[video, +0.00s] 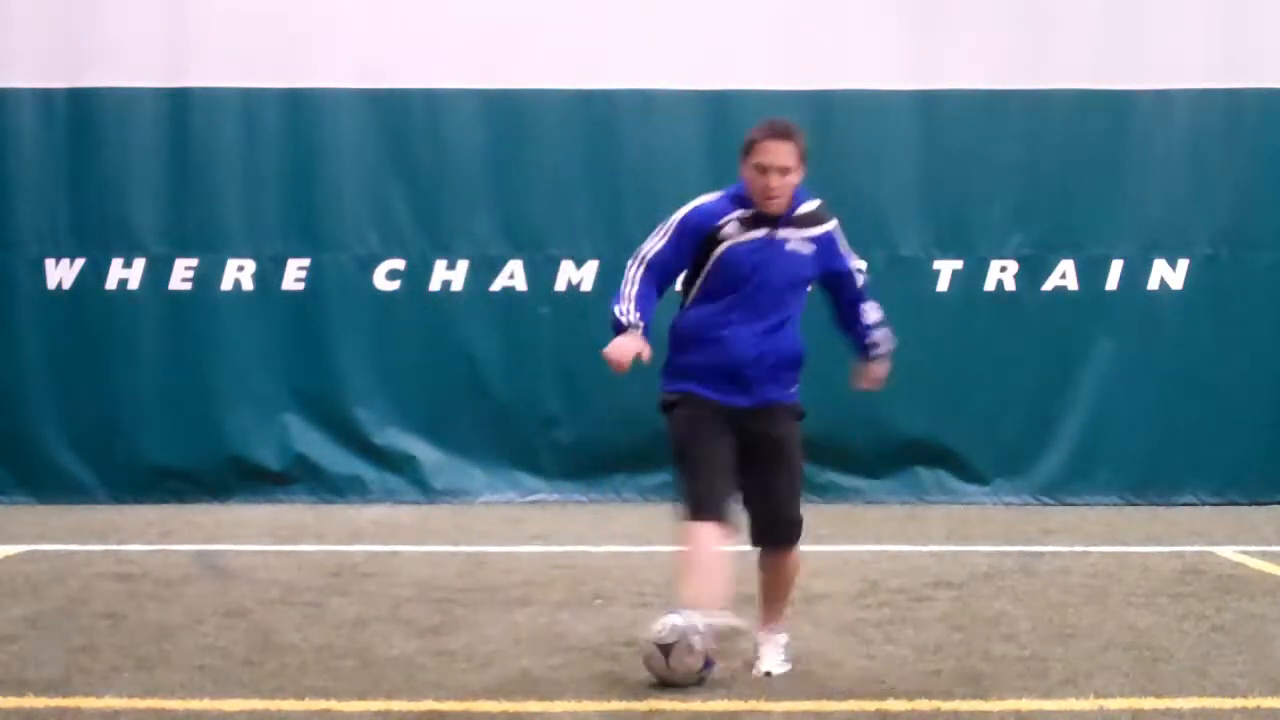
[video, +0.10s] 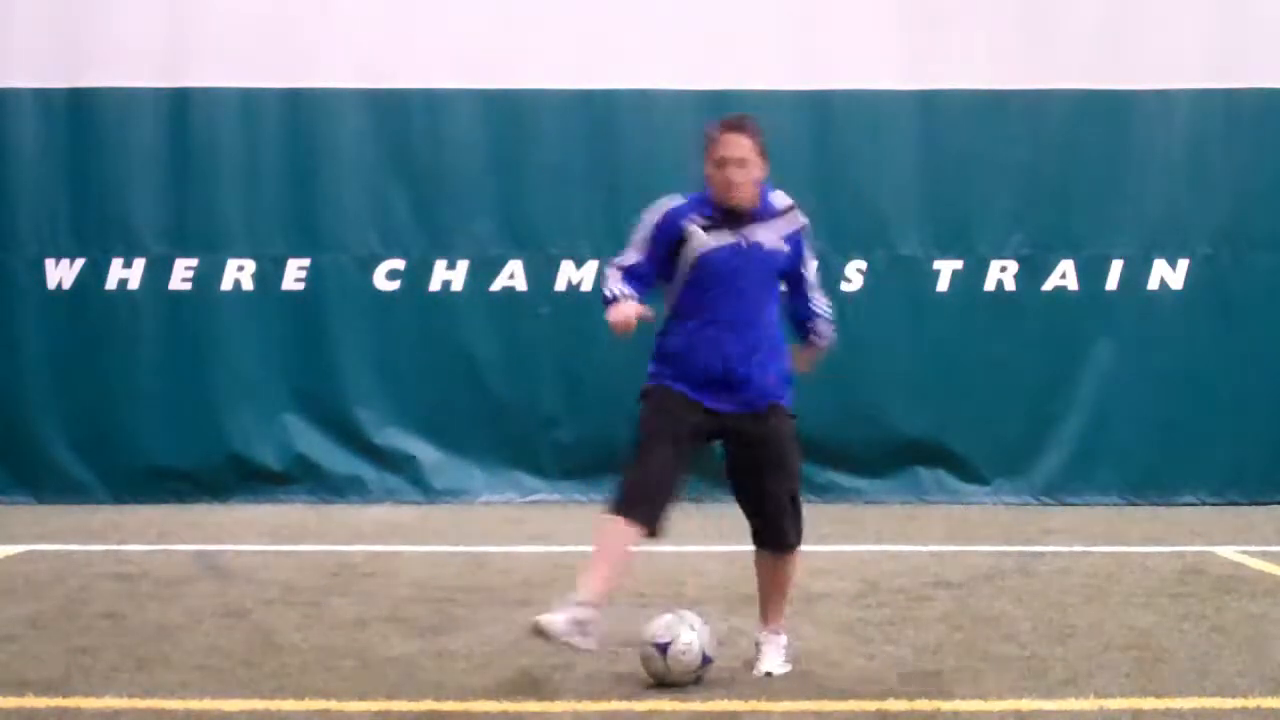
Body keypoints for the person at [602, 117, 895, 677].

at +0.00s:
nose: (773, 181)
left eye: (785, 171)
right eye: (763, 169)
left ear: (801, 173)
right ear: (743, 170)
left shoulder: (817, 223)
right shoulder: (708, 217)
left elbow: (851, 289)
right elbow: (647, 266)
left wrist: (874, 344)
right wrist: (631, 326)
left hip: (771, 394)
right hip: (699, 389)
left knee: (781, 523)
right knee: (708, 505)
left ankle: (772, 635)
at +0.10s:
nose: (733, 174)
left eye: (744, 164)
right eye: (722, 164)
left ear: (763, 167)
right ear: (706, 170)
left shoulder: (786, 221)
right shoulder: (674, 218)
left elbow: (807, 288)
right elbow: (624, 272)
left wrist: (817, 332)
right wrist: (621, 300)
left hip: (758, 396)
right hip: (680, 390)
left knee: (779, 518)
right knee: (642, 489)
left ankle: (772, 636)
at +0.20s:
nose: (686, 147)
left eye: (697, 137)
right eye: (676, 137)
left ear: (720, 138)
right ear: (662, 141)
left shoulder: (751, 191)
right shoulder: (636, 193)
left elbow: (773, 261)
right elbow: (590, 258)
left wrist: (779, 312)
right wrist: (590, 291)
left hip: (733, 371)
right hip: (654, 369)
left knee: (760, 489)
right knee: (605, 479)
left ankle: (770, 611)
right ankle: (564, 608)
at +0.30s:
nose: (647, 155)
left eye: (658, 144)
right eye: (637, 145)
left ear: (681, 144)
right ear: (624, 148)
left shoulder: (718, 195)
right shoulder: (600, 204)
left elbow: (749, 263)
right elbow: (559, 266)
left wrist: (760, 321)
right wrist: (551, 305)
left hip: (703, 365)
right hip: (624, 375)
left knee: (730, 452)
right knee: (590, 498)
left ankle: (736, 568)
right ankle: (592, 620)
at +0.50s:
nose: (582, 187)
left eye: (593, 175)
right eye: (572, 176)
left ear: (616, 173)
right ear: (560, 177)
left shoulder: (654, 219)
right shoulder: (544, 228)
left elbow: (704, 281)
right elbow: (512, 273)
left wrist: (724, 346)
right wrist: (479, 291)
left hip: (646, 369)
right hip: (582, 385)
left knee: (610, 435)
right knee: (573, 518)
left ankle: (670, 556)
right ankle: (602, 624)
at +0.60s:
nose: (562, 174)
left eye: (572, 161)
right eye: (551, 162)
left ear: (595, 158)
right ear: (538, 162)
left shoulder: (635, 201)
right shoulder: (523, 207)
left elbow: (688, 261)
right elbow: (493, 255)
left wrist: (712, 325)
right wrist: (463, 274)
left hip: (626, 357)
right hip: (568, 366)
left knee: (569, 452)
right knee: (557, 489)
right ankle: (633, 587)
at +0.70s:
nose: (543, 195)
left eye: (555, 182)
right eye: (533, 182)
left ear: (578, 176)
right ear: (520, 178)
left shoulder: (616, 226)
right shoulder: (508, 221)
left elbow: (675, 281)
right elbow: (482, 268)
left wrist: (703, 355)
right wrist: (450, 293)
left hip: (604, 385)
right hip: (549, 385)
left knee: (546, 502)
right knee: (536, 507)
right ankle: (657, 529)